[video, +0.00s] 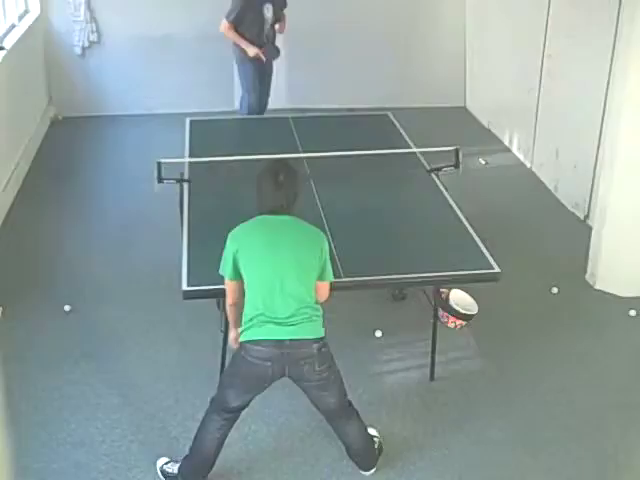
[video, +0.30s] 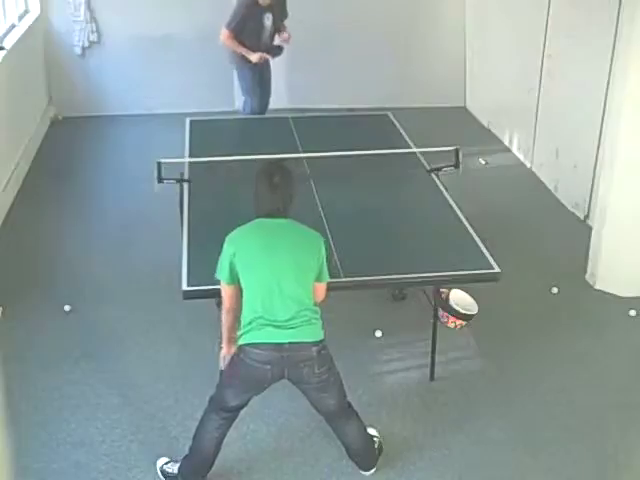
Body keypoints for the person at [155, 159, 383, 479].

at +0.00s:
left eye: (267, 190)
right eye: (290, 190)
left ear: (260, 194)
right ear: (295, 194)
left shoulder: (239, 236)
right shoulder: (315, 236)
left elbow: (233, 297)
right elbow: (322, 294)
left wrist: (233, 328)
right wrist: (294, 280)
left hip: (257, 351)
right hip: (309, 349)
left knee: (222, 412)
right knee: (339, 410)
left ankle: (188, 472)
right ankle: (367, 458)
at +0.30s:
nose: (275, 197)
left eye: (265, 191)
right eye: (282, 191)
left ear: (257, 196)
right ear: (290, 195)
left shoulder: (237, 239)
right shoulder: (313, 239)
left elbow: (230, 306)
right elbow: (318, 295)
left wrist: (227, 346)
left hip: (256, 353)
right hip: (308, 351)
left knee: (221, 412)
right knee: (339, 411)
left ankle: (188, 472)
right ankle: (367, 458)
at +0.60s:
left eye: (256, 188)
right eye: (282, 187)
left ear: (252, 192)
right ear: (288, 191)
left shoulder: (234, 236)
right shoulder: (311, 235)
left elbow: (232, 305)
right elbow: (316, 291)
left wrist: (234, 349)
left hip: (255, 352)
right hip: (308, 349)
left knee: (220, 412)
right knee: (339, 411)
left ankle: (188, 473)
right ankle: (367, 458)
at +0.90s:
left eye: (255, 173)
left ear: (254, 178)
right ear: (291, 179)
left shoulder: (235, 224)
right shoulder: (314, 224)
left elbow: (230, 288)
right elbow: (319, 281)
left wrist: (239, 325)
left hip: (255, 343)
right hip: (306, 341)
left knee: (221, 410)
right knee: (337, 405)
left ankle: (189, 472)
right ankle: (367, 458)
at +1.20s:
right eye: (295, 168)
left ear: (258, 174)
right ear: (297, 175)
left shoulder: (237, 219)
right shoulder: (316, 222)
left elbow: (229, 284)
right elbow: (323, 283)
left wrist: (230, 324)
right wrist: (295, 270)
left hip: (250, 338)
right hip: (300, 339)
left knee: (219, 406)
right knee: (334, 402)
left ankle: (189, 471)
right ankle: (367, 456)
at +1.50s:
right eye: (309, 168)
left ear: (274, 172)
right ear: (311, 174)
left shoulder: (252, 217)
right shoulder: (328, 224)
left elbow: (231, 279)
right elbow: (334, 284)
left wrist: (228, 318)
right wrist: (307, 258)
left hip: (259, 339)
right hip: (311, 339)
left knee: (220, 407)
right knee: (337, 398)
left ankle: (179, 475)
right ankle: (365, 457)